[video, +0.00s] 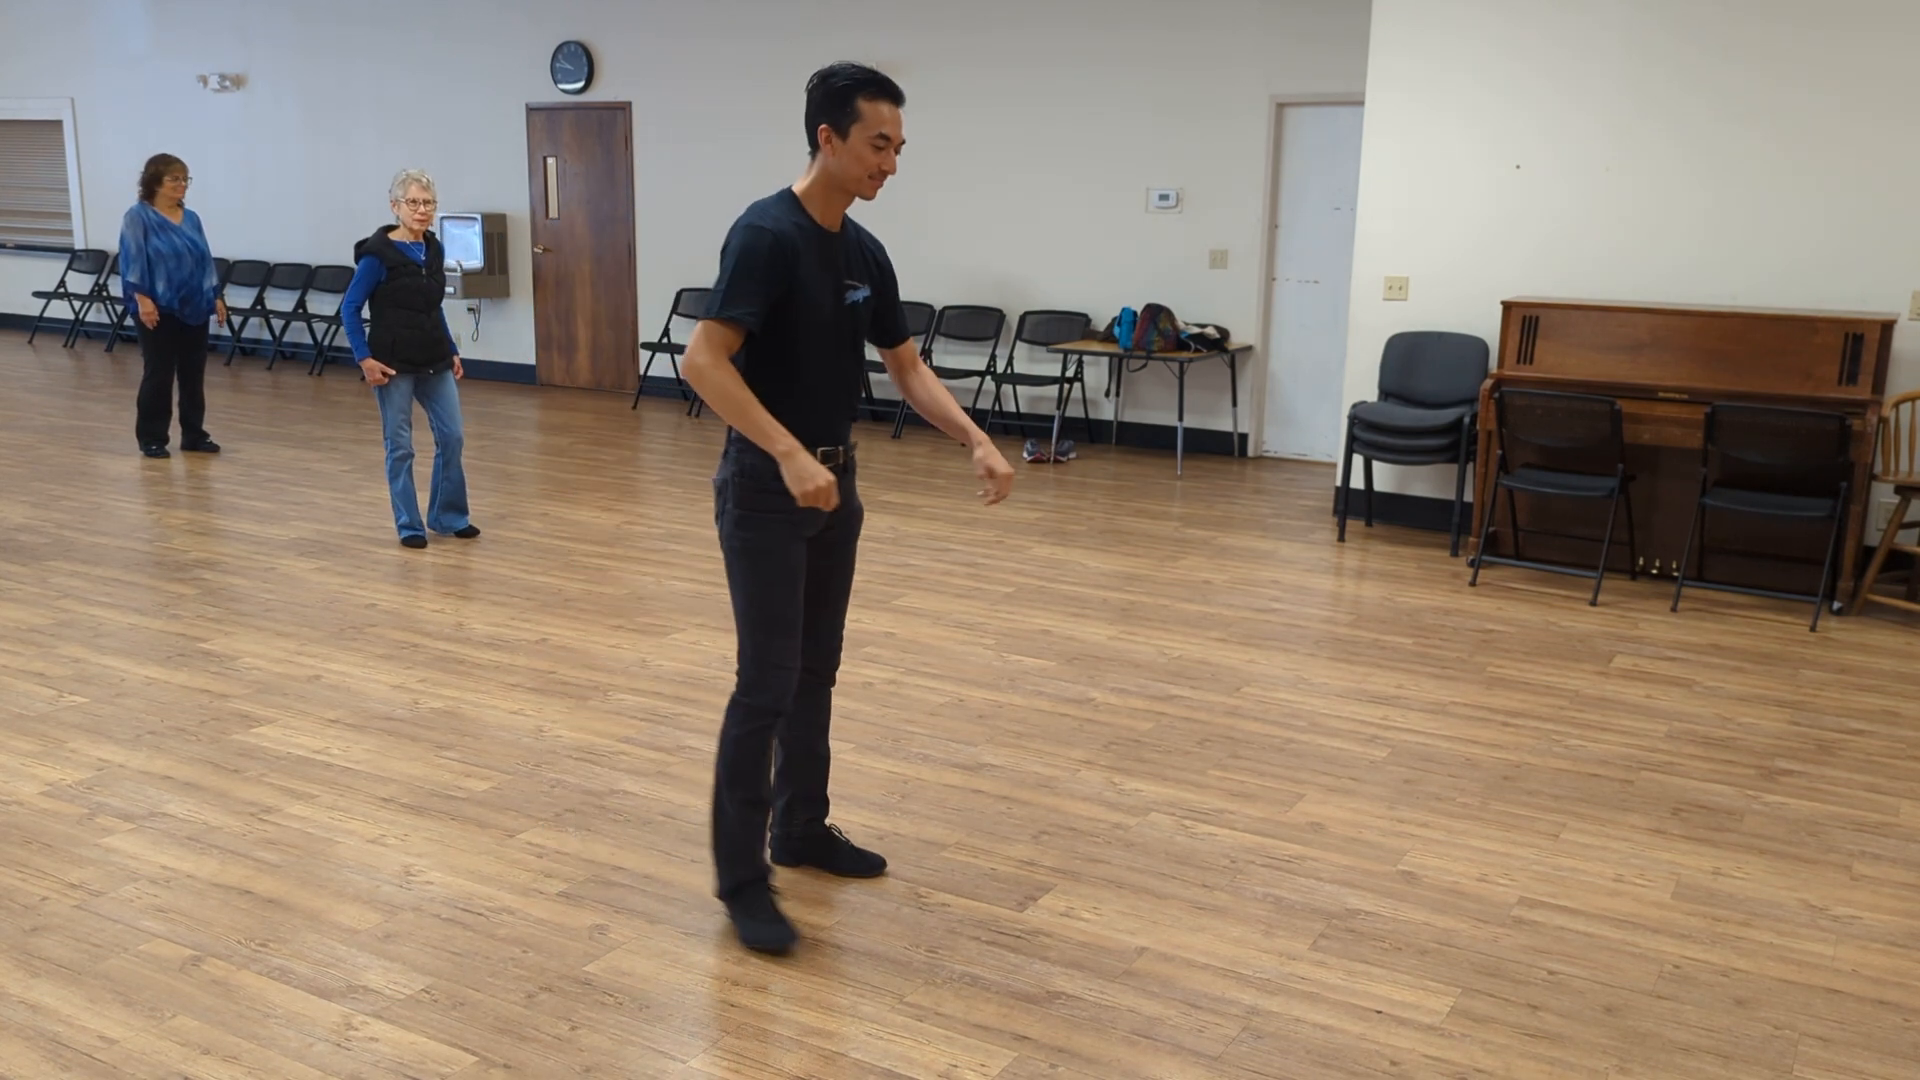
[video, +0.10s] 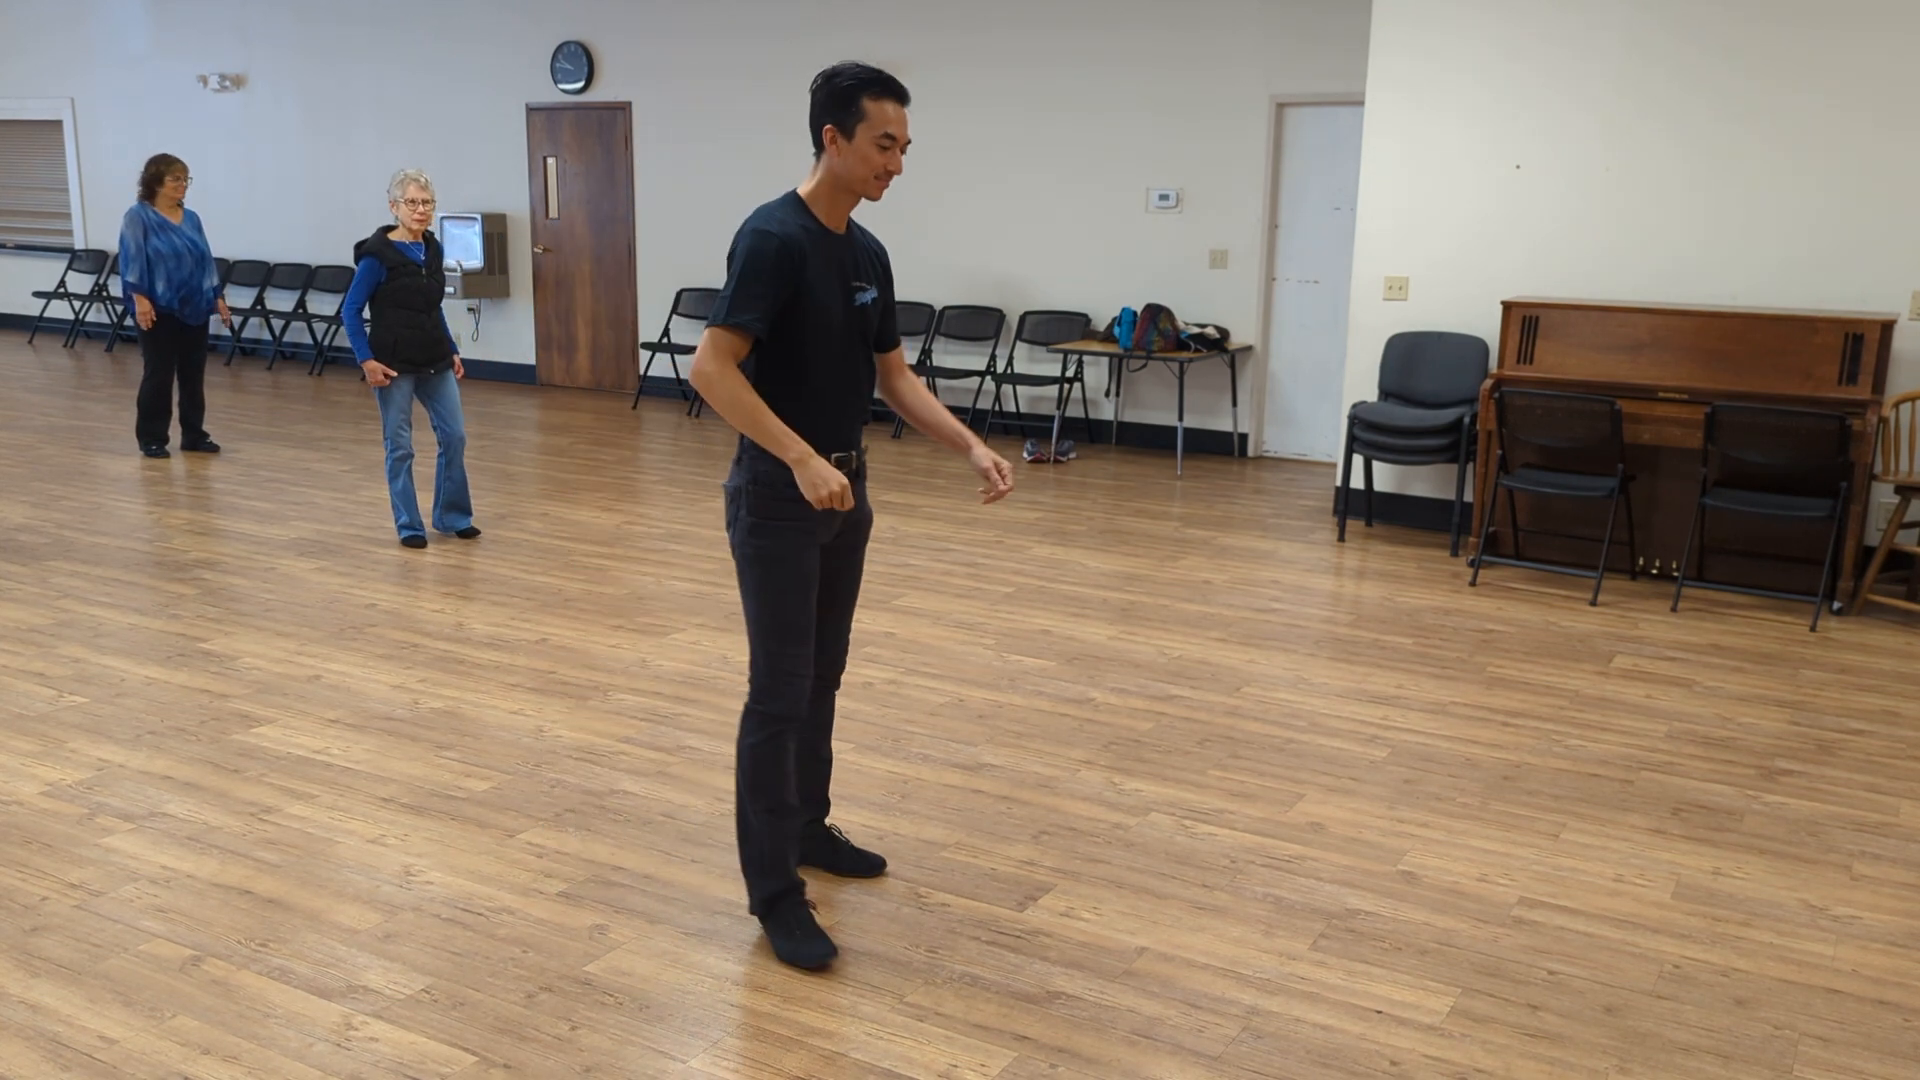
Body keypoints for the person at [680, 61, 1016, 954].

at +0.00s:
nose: (893, 160)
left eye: (898, 144)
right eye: (880, 141)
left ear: (866, 146)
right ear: (828, 137)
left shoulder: (864, 253)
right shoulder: (764, 234)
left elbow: (908, 366)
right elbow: (702, 360)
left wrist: (975, 437)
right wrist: (787, 452)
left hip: (833, 490)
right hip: (763, 492)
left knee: (814, 672)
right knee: (765, 683)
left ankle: (800, 826)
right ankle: (741, 880)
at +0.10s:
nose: (899, 160)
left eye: (903, 144)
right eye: (887, 141)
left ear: (867, 146)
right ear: (833, 137)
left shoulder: (867, 253)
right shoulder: (770, 238)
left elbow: (894, 377)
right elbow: (710, 368)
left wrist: (970, 442)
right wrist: (800, 455)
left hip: (844, 496)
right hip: (775, 499)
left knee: (819, 679)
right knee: (777, 696)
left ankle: (808, 829)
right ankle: (773, 896)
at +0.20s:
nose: (901, 158)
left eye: (906, 142)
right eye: (889, 140)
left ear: (877, 146)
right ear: (834, 137)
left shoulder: (865, 252)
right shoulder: (775, 241)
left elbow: (871, 378)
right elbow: (714, 379)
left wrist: (942, 459)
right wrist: (799, 475)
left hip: (851, 495)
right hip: (783, 503)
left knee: (831, 681)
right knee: (788, 699)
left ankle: (810, 828)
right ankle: (777, 899)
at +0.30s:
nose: (901, 153)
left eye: (906, 136)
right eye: (888, 135)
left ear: (867, 138)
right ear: (832, 133)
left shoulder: (861, 246)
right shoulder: (777, 243)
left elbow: (857, 382)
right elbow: (721, 383)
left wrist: (895, 478)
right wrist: (790, 498)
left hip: (856, 498)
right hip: (791, 507)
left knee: (844, 677)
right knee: (792, 702)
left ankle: (812, 824)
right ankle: (777, 899)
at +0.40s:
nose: (903, 147)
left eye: (906, 130)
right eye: (889, 130)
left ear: (863, 135)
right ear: (831, 131)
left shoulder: (858, 244)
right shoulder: (781, 244)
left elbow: (843, 379)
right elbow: (728, 391)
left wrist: (863, 483)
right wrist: (782, 515)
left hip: (859, 498)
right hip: (797, 505)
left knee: (868, 668)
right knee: (794, 703)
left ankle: (819, 815)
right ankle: (777, 900)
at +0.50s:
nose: (906, 148)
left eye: (909, 130)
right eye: (891, 130)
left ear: (867, 136)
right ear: (834, 133)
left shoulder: (856, 242)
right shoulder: (785, 246)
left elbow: (840, 381)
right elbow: (736, 400)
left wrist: (863, 486)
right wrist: (782, 528)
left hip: (862, 502)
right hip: (801, 512)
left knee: (883, 668)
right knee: (791, 710)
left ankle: (824, 813)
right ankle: (777, 900)